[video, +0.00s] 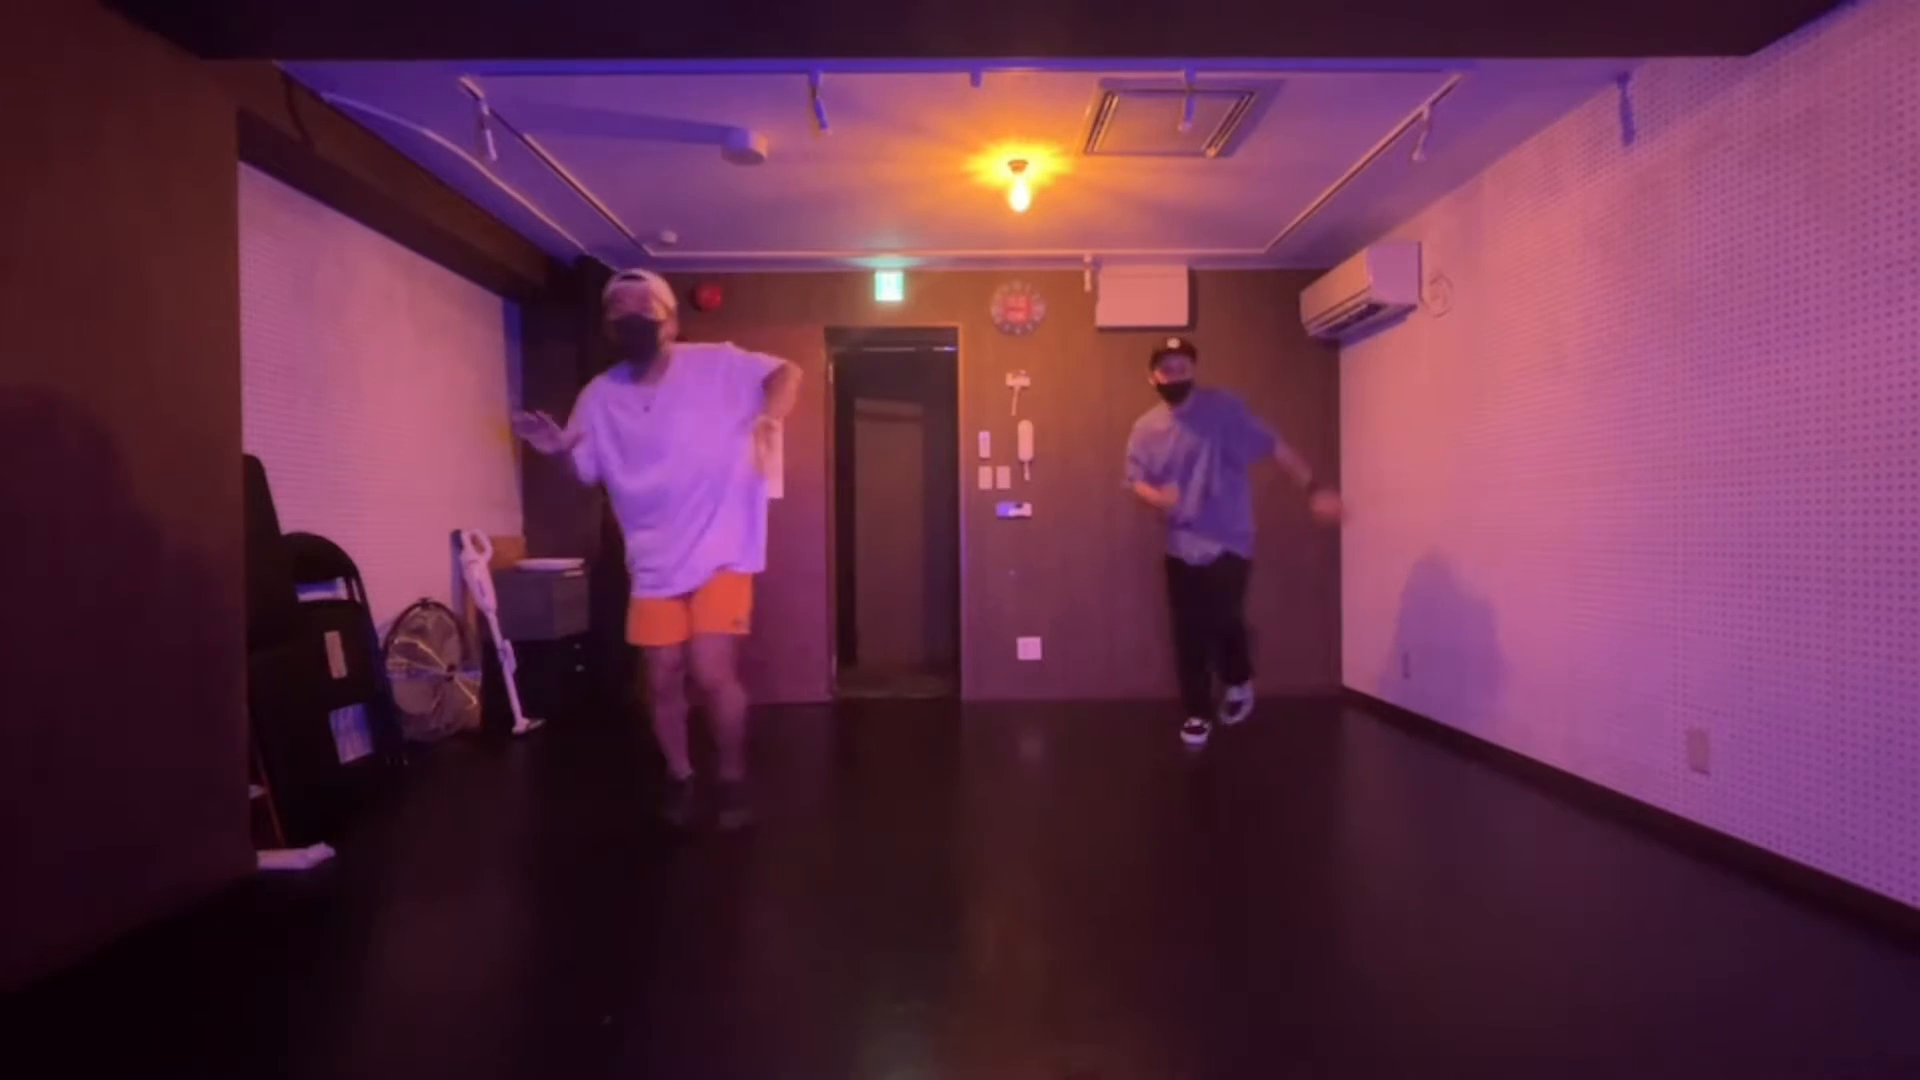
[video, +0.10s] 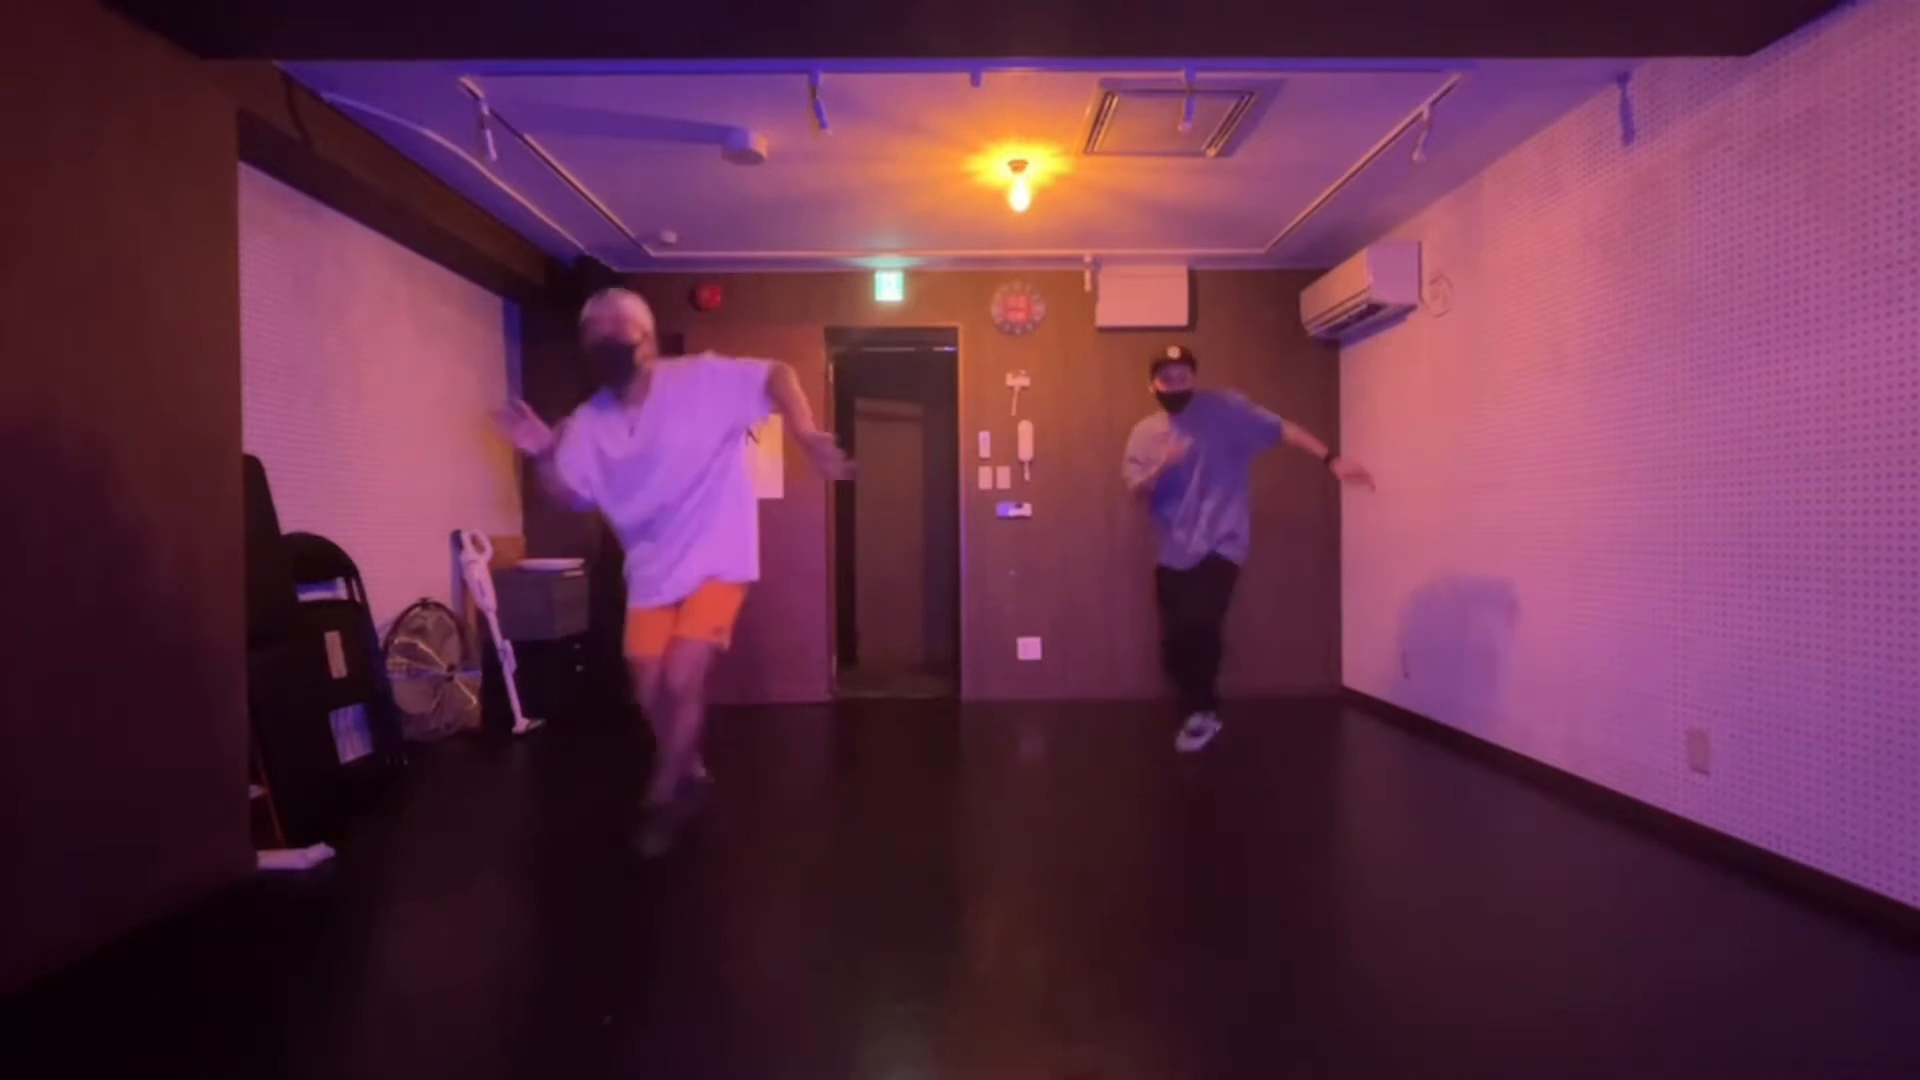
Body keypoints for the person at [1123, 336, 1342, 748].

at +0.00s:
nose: (1174, 376)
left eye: (1181, 367)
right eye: (1165, 368)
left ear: (1194, 369)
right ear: (1153, 375)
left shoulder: (1222, 409)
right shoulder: (1147, 427)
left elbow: (1273, 446)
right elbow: (1135, 480)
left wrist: (1311, 486)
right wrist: (1157, 497)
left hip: (1228, 539)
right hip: (1182, 544)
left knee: (1224, 618)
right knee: (1188, 630)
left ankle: (1238, 682)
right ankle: (1195, 711)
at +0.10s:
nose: (1172, 382)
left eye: (1180, 373)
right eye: (1163, 374)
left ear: (1194, 377)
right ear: (1152, 381)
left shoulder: (1224, 410)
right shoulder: (1145, 432)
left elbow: (1281, 430)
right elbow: (1136, 490)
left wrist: (1331, 459)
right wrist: (1163, 465)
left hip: (1222, 539)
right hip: (1176, 545)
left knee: (1201, 623)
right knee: (1176, 632)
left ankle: (1201, 712)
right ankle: (1199, 711)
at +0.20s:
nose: (1174, 394)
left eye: (1182, 385)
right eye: (1165, 387)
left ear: (1196, 389)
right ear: (1154, 395)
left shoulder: (1225, 418)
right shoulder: (1146, 444)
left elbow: (1283, 427)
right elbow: (1135, 500)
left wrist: (1337, 452)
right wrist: (1162, 457)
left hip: (1219, 553)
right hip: (1173, 560)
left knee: (1189, 639)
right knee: (1165, 646)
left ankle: (1183, 735)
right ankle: (1202, 718)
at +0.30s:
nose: (1178, 392)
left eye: (1186, 382)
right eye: (1169, 383)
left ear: (1199, 386)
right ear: (1157, 392)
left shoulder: (1229, 418)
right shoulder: (1147, 443)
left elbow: (1286, 424)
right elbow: (1132, 502)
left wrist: (1313, 465)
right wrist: (1163, 459)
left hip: (1219, 558)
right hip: (1166, 565)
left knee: (1184, 645)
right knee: (1154, 654)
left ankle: (1176, 737)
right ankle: (1198, 712)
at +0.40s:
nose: (1183, 367)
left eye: (1191, 357)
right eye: (1175, 357)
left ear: (1206, 362)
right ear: (1162, 365)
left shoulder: (1233, 407)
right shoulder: (1148, 423)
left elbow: (1277, 438)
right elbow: (1132, 483)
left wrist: (1283, 484)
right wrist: (1165, 484)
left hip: (1218, 550)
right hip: (1164, 555)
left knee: (1190, 642)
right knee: (1151, 646)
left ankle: (1175, 738)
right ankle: (1183, 718)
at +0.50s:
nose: (1194, 344)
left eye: (1203, 336)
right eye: (1185, 336)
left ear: (1215, 346)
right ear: (1170, 347)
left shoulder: (1239, 402)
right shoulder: (1150, 406)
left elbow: (1262, 453)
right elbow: (1137, 467)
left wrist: (1256, 496)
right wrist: (1159, 513)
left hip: (1218, 549)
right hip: (1164, 548)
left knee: (1197, 642)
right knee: (1151, 635)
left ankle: (1178, 734)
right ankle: (1148, 708)